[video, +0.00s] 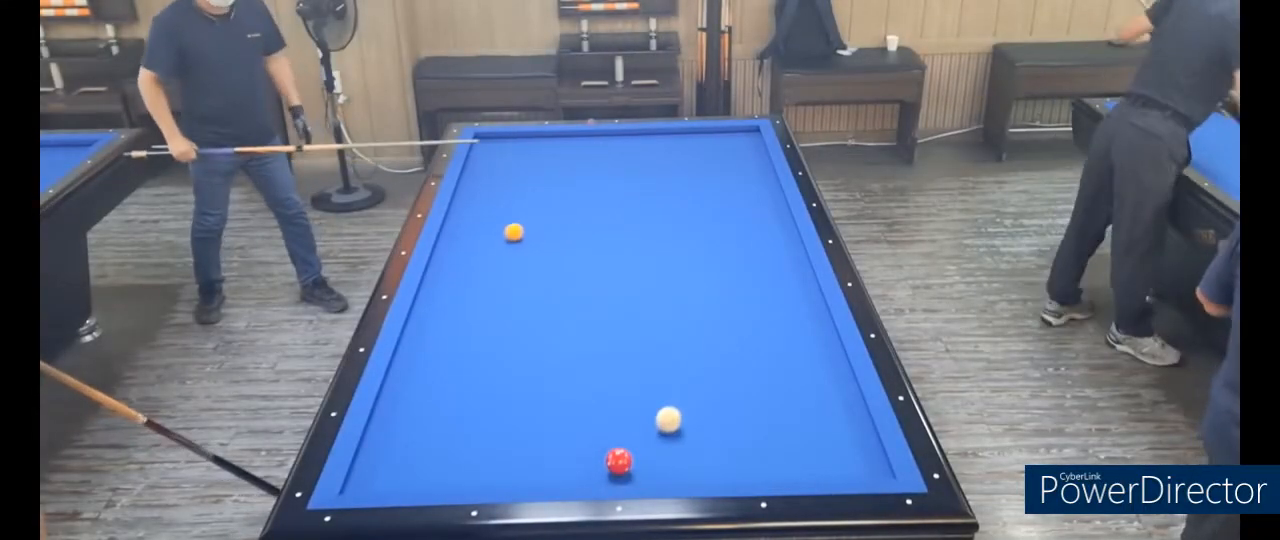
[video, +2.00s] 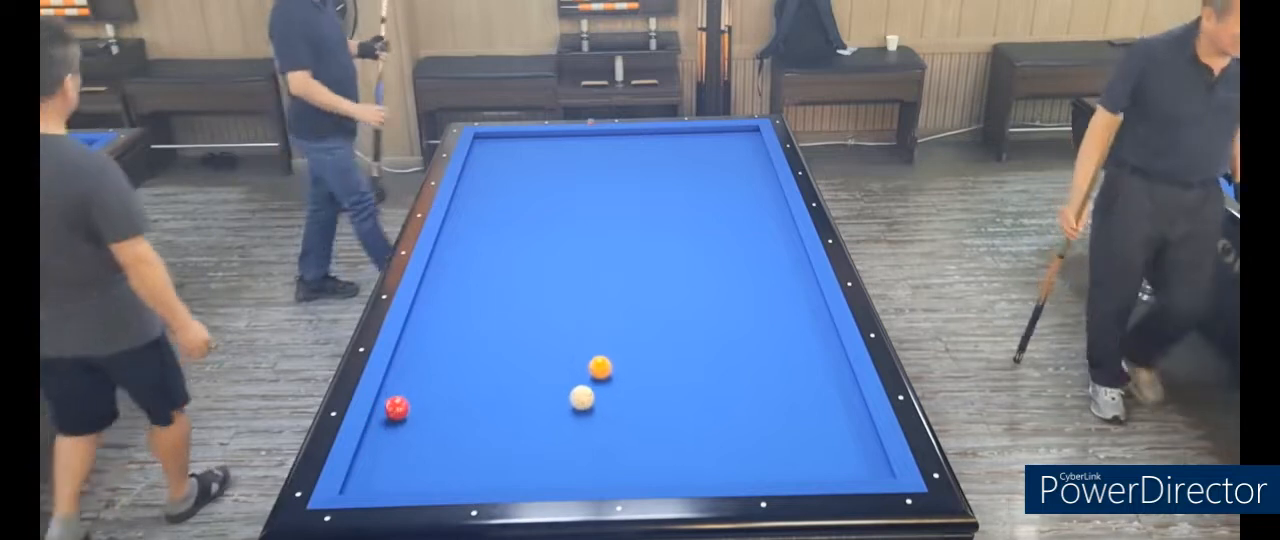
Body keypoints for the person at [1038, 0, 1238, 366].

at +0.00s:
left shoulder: (1179, 3)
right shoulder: (1236, 24)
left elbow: (1124, 34)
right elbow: (1236, 94)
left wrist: (1161, 29)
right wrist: (1224, 94)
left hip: (1120, 120)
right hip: (1158, 136)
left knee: (1088, 219)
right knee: (1137, 237)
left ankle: (1059, 301)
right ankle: (1130, 329)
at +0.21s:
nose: (1232, 3)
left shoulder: (1156, 4)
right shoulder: (1201, 10)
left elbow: (1149, 59)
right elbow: (1187, 76)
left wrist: (1197, 90)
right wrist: (1216, 92)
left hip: (1113, 116)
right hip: (1146, 129)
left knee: (1091, 219)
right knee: (1138, 231)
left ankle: (1059, 301)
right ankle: (1129, 328)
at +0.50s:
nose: (1205, 0)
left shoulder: (1158, 8)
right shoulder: (1163, 12)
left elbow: (1137, 66)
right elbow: (1114, 74)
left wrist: (1179, 83)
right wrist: (1154, 131)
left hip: (1114, 132)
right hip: (1132, 143)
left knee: (1090, 220)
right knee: (1119, 239)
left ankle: (1060, 299)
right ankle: (1076, 331)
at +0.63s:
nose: (1214, 2)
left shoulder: (1166, 14)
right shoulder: (1159, 17)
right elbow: (1094, 73)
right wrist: (1107, 139)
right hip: (1127, 148)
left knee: (1091, 227)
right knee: (1106, 240)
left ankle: (1059, 302)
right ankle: (1071, 335)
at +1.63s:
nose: (1239, 24)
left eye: (1241, 15)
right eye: (1237, 13)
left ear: (1212, 7)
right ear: (1208, 4)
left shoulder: (1202, 41)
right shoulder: (1158, 39)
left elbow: (1168, 101)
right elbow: (1095, 99)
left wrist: (1185, 144)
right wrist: (1068, 171)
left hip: (1159, 167)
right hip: (1122, 166)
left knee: (1111, 238)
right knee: (1124, 271)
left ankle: (1073, 304)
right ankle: (1108, 377)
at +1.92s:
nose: (1236, 40)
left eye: (1240, 32)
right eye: (1232, 27)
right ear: (1205, 13)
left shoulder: (1232, 64)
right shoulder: (1150, 51)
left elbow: (1227, 127)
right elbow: (1098, 114)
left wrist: (1234, 185)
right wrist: (1069, 190)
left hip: (1187, 192)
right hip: (1127, 186)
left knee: (1173, 281)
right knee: (1118, 289)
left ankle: (1109, 313)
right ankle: (1107, 380)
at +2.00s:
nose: (1237, 49)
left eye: (1241, 41)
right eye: (1233, 38)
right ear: (1207, 19)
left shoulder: (1235, 71)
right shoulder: (1148, 56)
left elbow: (1233, 136)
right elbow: (1102, 125)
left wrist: (1235, 183)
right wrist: (1076, 196)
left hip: (1200, 201)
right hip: (1134, 194)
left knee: (1188, 303)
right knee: (1113, 293)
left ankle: (1136, 355)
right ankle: (1106, 379)